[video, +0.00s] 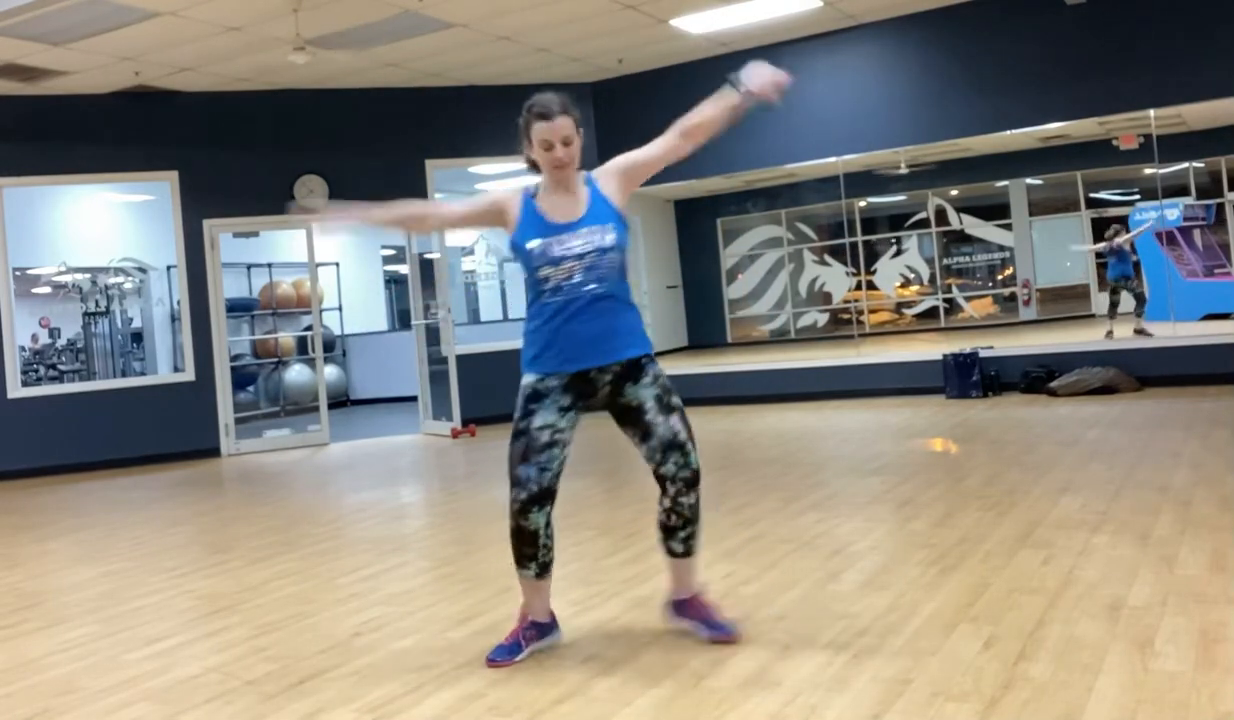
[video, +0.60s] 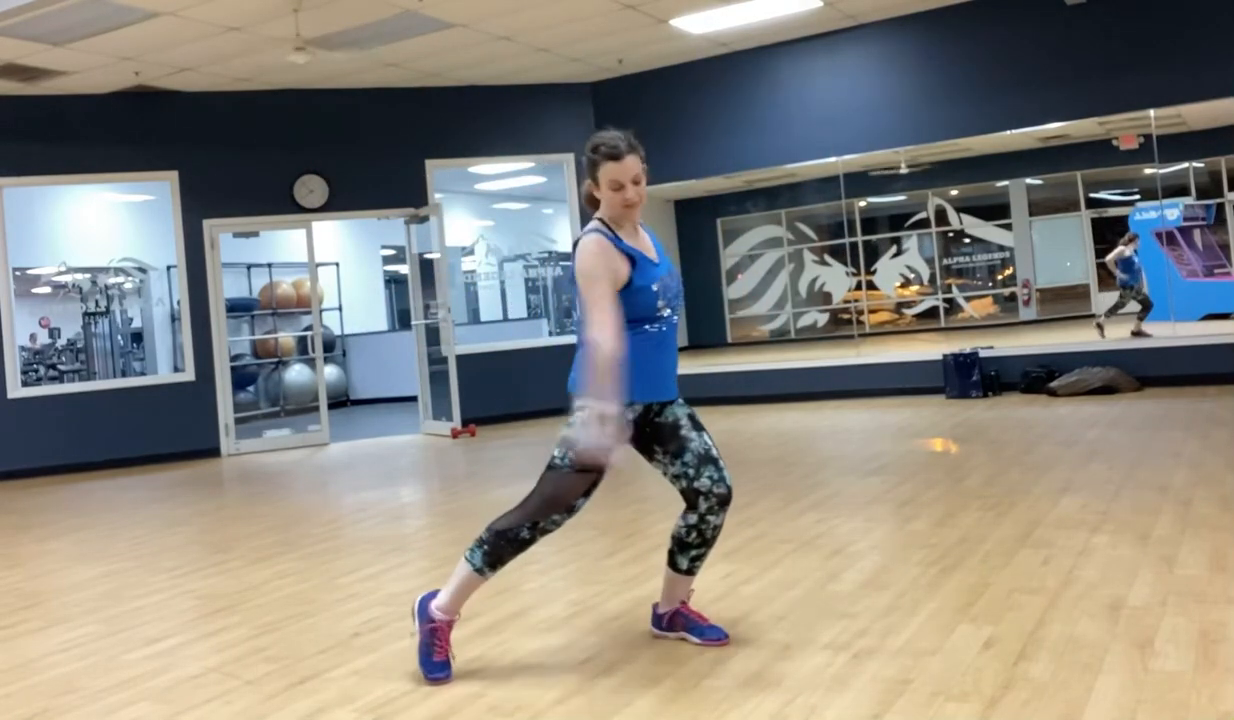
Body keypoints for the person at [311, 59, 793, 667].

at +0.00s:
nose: (559, 154)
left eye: (567, 142)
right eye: (547, 146)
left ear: (582, 138)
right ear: (530, 149)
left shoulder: (613, 181)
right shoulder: (510, 205)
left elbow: (685, 135)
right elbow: (428, 214)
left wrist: (743, 89)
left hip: (628, 363)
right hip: (551, 375)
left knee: (681, 467)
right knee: (528, 492)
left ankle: (685, 595)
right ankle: (537, 617)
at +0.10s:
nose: (564, 157)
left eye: (572, 146)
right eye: (552, 150)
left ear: (590, 137)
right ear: (537, 151)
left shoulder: (625, 177)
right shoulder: (522, 200)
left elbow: (700, 145)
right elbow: (432, 196)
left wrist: (770, 127)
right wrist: (346, 177)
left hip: (639, 362)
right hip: (562, 372)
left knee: (679, 472)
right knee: (527, 490)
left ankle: (673, 603)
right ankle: (519, 606)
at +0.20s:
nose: (583, 174)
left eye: (590, 162)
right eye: (571, 166)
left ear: (606, 151)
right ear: (555, 163)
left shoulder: (641, 186)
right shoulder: (546, 208)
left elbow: (715, 179)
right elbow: (457, 195)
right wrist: (373, 163)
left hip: (650, 371)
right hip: (579, 376)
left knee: (691, 480)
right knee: (537, 487)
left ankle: (670, 607)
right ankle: (471, 604)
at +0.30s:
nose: (608, 189)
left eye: (616, 176)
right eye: (595, 181)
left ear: (630, 168)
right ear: (577, 179)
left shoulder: (653, 208)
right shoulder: (565, 224)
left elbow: (692, 236)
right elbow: (476, 222)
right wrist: (386, 202)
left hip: (656, 386)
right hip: (592, 390)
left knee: (706, 488)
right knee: (538, 507)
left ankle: (672, 608)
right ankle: (451, 614)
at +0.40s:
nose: (616, 193)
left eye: (623, 182)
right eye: (603, 185)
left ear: (638, 176)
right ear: (586, 186)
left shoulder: (648, 215)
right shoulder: (578, 233)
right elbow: (505, 254)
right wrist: (436, 259)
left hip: (659, 390)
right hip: (596, 397)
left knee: (708, 491)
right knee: (543, 509)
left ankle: (671, 608)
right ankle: (448, 614)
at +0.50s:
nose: (631, 196)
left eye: (637, 183)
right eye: (617, 189)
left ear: (646, 177)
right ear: (596, 192)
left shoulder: (647, 229)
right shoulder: (592, 248)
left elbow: (640, 300)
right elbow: (553, 326)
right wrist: (508, 388)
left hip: (659, 398)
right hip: (601, 404)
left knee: (712, 493)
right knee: (545, 510)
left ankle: (671, 608)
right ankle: (442, 610)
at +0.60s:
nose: (632, 193)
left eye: (638, 180)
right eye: (618, 186)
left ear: (646, 176)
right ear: (595, 192)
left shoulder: (643, 233)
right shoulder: (595, 248)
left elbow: (647, 316)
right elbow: (602, 338)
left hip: (659, 401)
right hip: (605, 404)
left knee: (712, 495)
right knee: (547, 510)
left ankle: (671, 608)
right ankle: (440, 609)